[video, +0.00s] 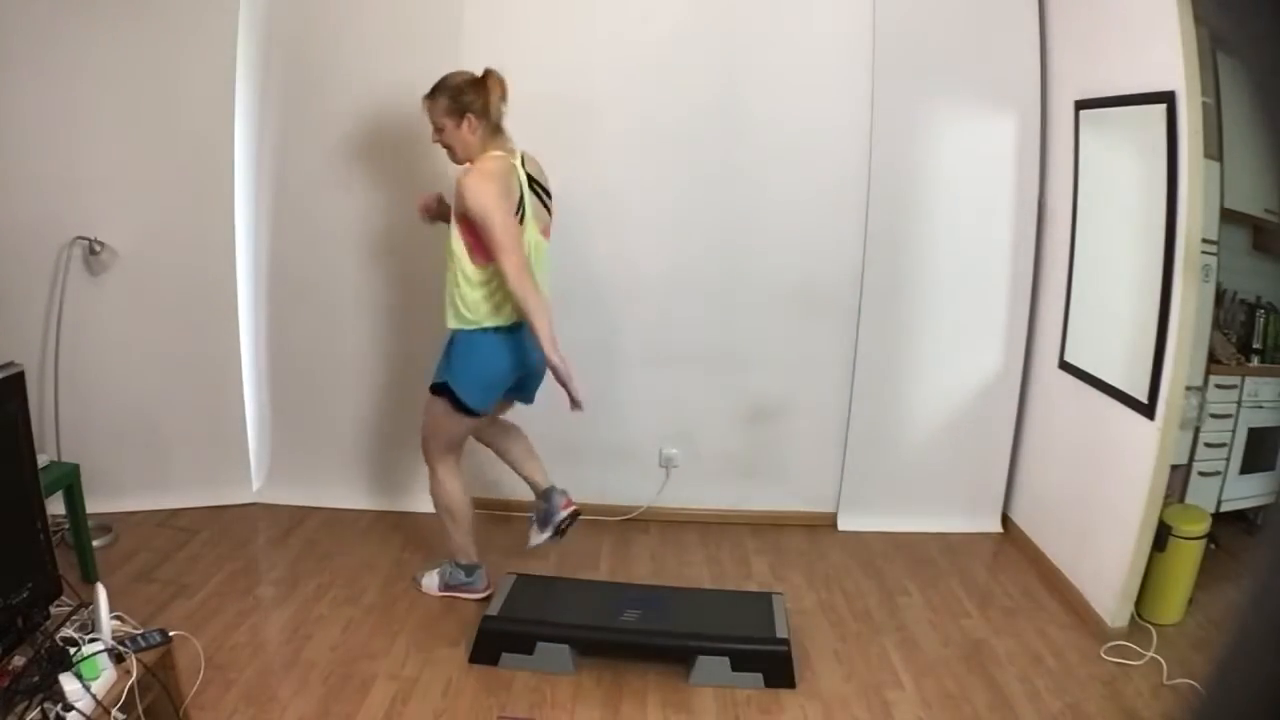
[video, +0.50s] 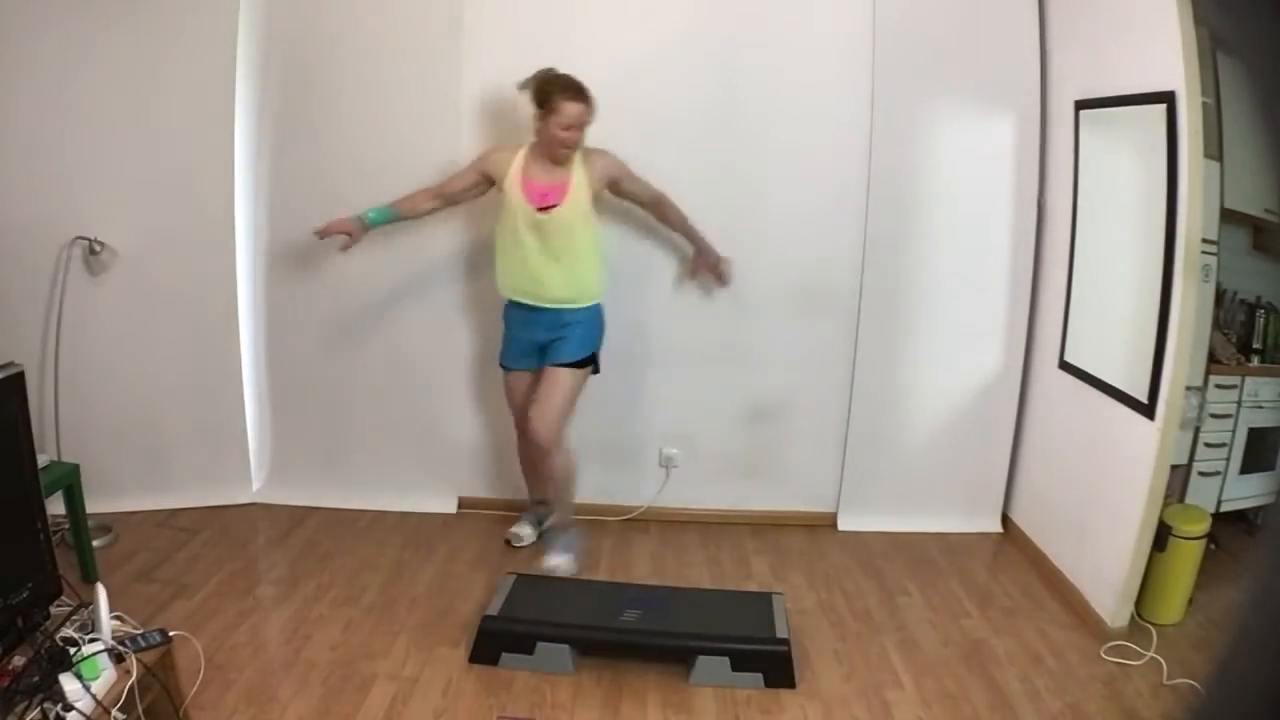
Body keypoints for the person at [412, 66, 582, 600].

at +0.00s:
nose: (436, 141)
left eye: (439, 129)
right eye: (433, 130)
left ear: (469, 124)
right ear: (477, 123)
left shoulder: (477, 181)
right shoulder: (520, 165)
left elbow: (516, 269)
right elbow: (511, 225)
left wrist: (551, 353)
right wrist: (451, 213)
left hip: (480, 346)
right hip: (518, 339)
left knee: (439, 447)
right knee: (483, 420)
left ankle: (466, 567)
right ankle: (550, 498)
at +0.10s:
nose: (446, 134)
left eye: (451, 123)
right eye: (445, 124)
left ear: (483, 118)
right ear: (485, 118)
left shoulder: (493, 174)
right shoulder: (518, 163)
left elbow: (533, 259)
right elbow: (484, 234)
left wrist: (556, 338)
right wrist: (438, 203)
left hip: (492, 334)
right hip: (518, 328)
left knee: (450, 447)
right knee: (482, 422)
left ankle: (466, 567)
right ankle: (554, 499)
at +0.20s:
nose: (466, 136)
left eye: (475, 127)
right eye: (463, 126)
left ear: (507, 124)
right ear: (475, 125)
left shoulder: (521, 177)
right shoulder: (491, 172)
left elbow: (567, 257)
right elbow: (450, 223)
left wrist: (584, 335)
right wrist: (424, 202)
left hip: (518, 326)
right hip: (508, 322)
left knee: (462, 441)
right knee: (494, 429)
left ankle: (467, 568)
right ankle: (548, 506)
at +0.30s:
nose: (498, 144)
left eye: (509, 134)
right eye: (492, 133)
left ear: (533, 132)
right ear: (484, 131)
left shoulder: (551, 178)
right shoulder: (481, 175)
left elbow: (605, 248)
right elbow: (432, 219)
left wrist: (632, 318)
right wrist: (406, 216)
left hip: (543, 325)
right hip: (508, 325)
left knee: (488, 440)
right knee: (514, 437)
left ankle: (469, 566)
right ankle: (551, 512)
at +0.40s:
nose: (541, 140)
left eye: (549, 131)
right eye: (532, 130)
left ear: (560, 129)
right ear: (511, 126)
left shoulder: (577, 173)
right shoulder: (488, 169)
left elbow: (638, 222)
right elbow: (428, 199)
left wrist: (680, 277)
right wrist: (369, 221)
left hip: (562, 324)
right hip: (512, 322)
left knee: (512, 433)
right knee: (526, 430)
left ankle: (502, 554)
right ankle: (549, 511)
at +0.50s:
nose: (573, 138)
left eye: (580, 128)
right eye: (565, 127)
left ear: (587, 125)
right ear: (538, 120)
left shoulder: (597, 168)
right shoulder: (503, 162)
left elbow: (654, 202)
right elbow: (438, 197)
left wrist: (702, 246)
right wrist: (364, 220)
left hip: (578, 316)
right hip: (522, 313)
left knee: (542, 428)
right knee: (525, 428)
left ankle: (564, 534)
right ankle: (539, 509)